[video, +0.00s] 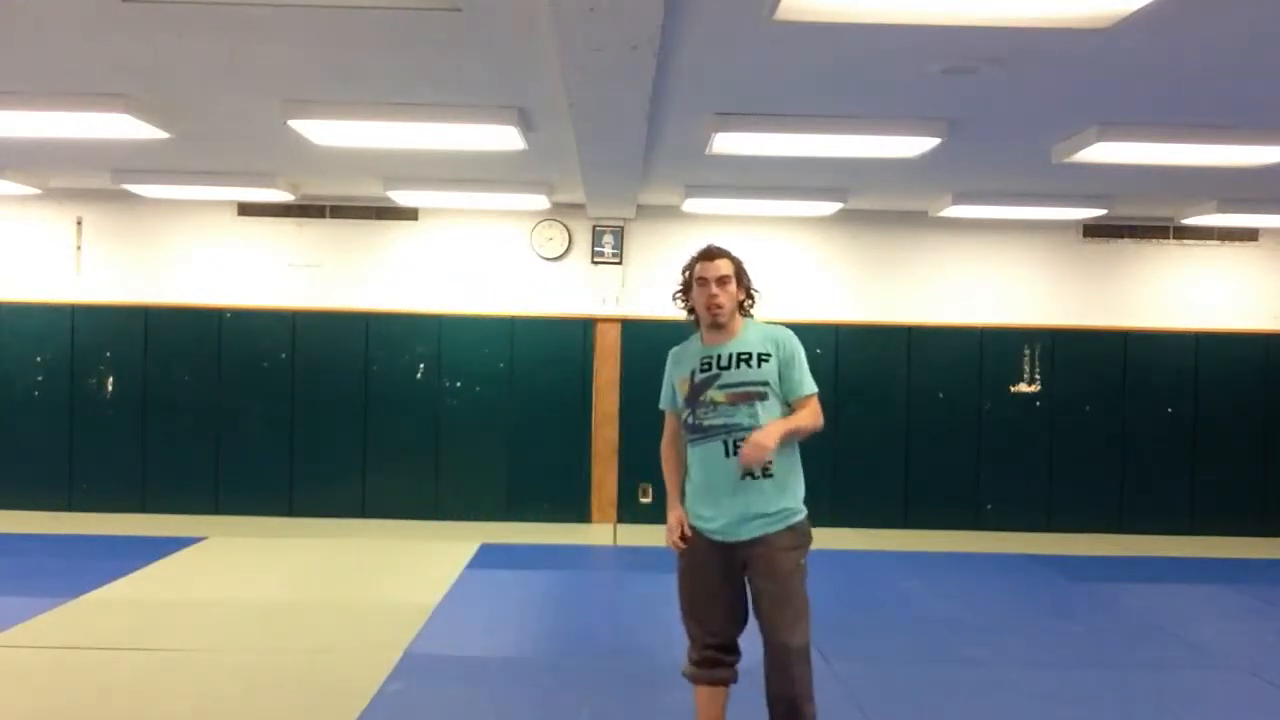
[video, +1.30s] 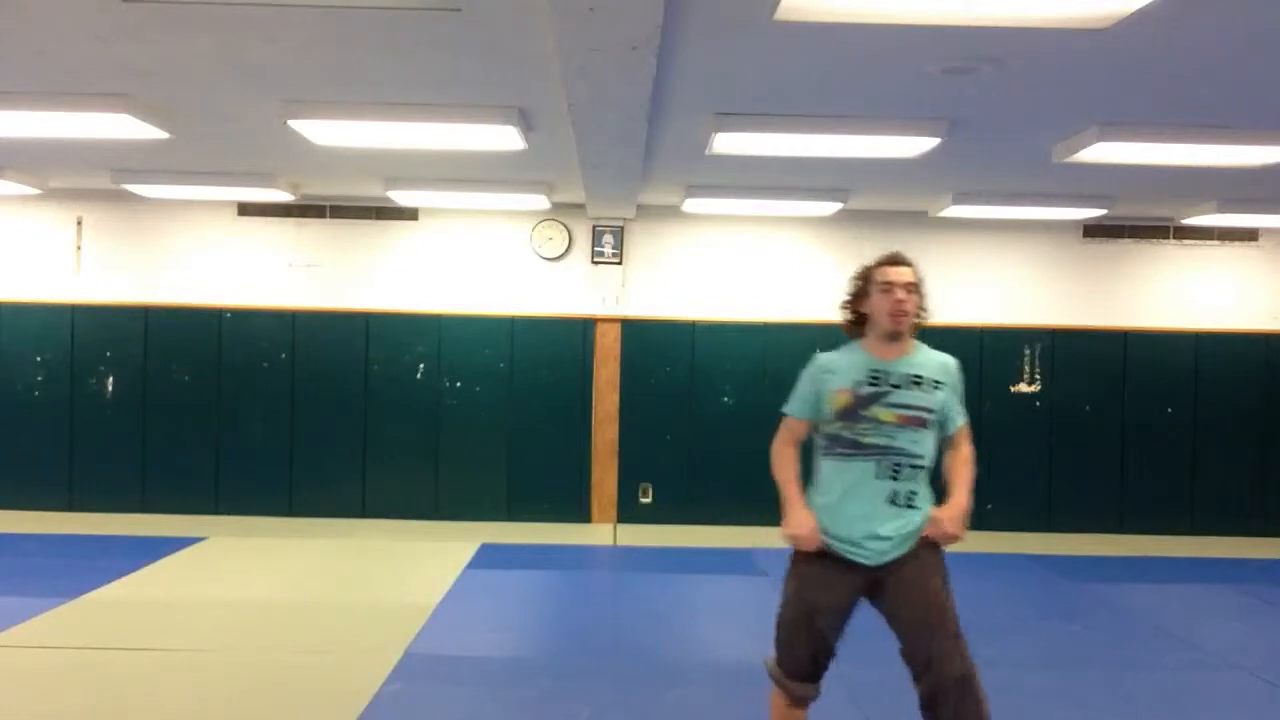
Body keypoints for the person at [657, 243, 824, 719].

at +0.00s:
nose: (713, 292)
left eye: (723, 281)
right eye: (702, 284)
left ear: (741, 290)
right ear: (690, 296)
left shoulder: (779, 341)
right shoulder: (680, 357)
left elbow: (811, 414)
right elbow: (672, 435)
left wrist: (774, 431)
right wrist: (674, 502)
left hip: (775, 523)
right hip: (703, 527)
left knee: (789, 648)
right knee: (709, 655)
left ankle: (794, 718)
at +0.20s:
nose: (732, 297)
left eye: (743, 286)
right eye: (722, 288)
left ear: (763, 295)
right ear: (711, 299)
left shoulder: (796, 347)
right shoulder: (705, 358)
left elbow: (812, 423)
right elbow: (695, 436)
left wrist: (750, 366)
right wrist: (685, 507)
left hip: (772, 525)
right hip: (707, 524)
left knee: (766, 658)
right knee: (706, 660)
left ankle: (774, 717)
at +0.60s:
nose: (747, 291)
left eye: (759, 281)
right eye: (737, 282)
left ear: (777, 293)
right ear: (725, 295)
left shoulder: (810, 343)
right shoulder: (722, 361)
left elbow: (846, 419)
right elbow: (719, 440)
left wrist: (777, 398)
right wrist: (717, 515)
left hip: (807, 526)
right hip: (743, 528)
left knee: (794, 659)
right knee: (756, 660)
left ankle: (797, 717)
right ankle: (761, 715)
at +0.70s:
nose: (754, 287)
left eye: (765, 278)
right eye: (743, 278)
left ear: (783, 289)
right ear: (731, 293)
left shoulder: (816, 338)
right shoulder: (726, 360)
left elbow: (859, 413)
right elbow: (733, 439)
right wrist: (728, 509)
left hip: (815, 528)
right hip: (749, 531)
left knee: (810, 671)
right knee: (762, 672)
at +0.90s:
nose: (780, 288)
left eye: (791, 279)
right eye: (770, 279)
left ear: (806, 290)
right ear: (753, 292)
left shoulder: (841, 348)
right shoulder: (741, 361)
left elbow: (881, 426)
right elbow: (739, 439)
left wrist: (876, 508)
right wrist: (734, 505)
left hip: (835, 535)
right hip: (763, 535)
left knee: (850, 668)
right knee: (766, 668)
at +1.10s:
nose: (829, 288)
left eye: (839, 280)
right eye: (817, 278)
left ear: (851, 293)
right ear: (796, 291)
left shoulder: (880, 355)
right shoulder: (770, 360)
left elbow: (911, 430)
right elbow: (751, 436)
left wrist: (903, 505)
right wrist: (745, 506)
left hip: (861, 535)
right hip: (783, 536)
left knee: (903, 671)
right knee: (776, 669)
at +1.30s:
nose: (900, 299)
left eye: (909, 290)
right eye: (887, 290)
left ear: (919, 303)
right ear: (863, 302)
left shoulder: (943, 370)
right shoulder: (826, 368)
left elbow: (958, 443)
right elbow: (786, 441)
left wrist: (957, 504)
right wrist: (795, 509)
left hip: (910, 548)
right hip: (828, 547)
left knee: (950, 676)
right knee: (794, 677)